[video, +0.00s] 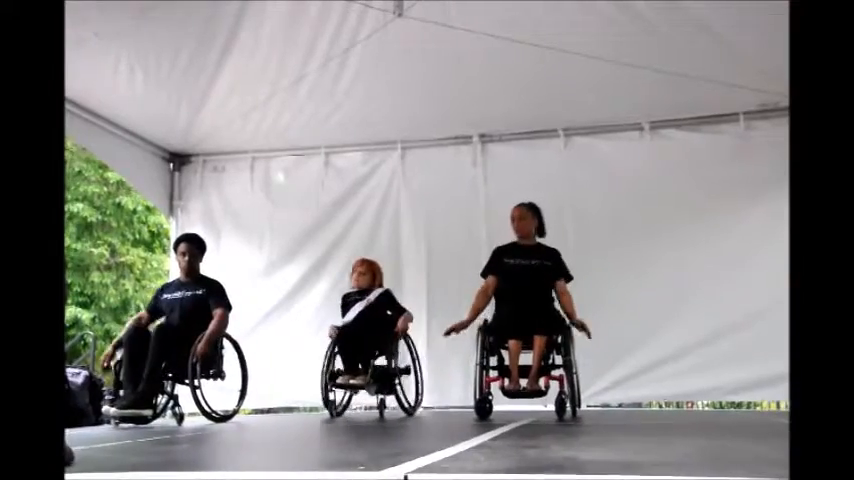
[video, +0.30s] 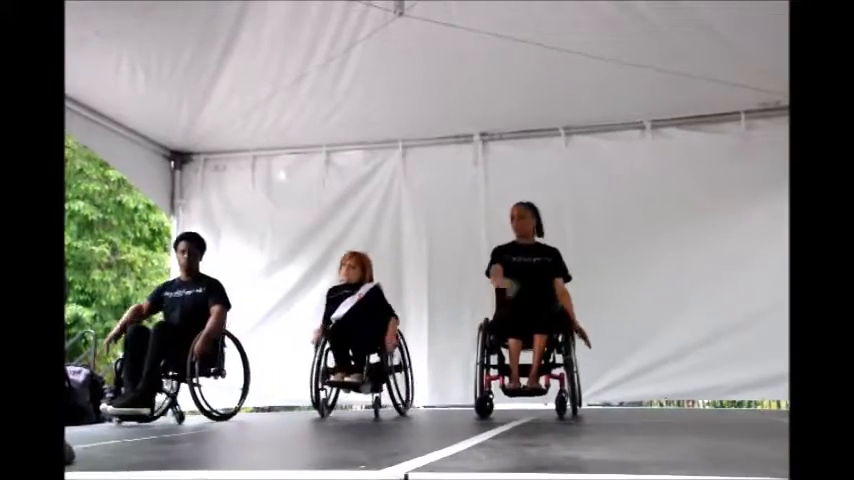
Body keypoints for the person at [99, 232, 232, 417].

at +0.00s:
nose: (188, 259)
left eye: (193, 254)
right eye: (183, 254)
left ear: (201, 257)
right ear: (176, 257)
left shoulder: (211, 287)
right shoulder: (166, 290)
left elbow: (221, 317)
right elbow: (142, 319)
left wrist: (206, 342)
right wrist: (114, 346)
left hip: (199, 353)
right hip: (170, 351)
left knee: (163, 331)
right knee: (135, 333)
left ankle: (144, 399)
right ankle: (130, 398)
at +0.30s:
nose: (187, 257)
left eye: (192, 252)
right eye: (182, 252)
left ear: (201, 255)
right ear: (176, 255)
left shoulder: (211, 286)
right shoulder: (167, 288)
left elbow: (218, 315)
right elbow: (142, 310)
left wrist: (204, 340)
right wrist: (121, 326)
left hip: (200, 350)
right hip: (172, 349)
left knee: (161, 330)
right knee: (136, 332)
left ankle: (145, 397)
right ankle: (131, 396)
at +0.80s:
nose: (183, 254)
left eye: (188, 249)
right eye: (178, 250)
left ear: (197, 251)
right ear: (173, 254)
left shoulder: (212, 284)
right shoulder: (166, 286)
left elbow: (229, 314)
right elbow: (142, 313)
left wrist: (218, 329)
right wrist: (140, 277)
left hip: (203, 350)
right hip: (173, 348)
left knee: (169, 326)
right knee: (140, 328)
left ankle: (151, 395)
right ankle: (136, 396)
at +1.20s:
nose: (188, 258)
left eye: (193, 252)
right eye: (184, 253)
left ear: (203, 255)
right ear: (178, 257)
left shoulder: (214, 286)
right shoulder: (169, 289)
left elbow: (218, 309)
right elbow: (156, 317)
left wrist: (190, 281)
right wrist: (130, 337)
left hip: (205, 351)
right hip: (175, 350)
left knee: (167, 331)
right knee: (138, 332)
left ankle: (149, 399)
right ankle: (134, 398)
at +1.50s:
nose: (190, 261)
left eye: (195, 256)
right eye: (185, 256)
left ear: (201, 258)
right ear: (177, 259)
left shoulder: (215, 289)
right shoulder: (168, 291)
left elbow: (237, 315)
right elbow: (156, 319)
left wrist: (211, 297)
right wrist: (129, 340)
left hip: (205, 353)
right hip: (175, 352)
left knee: (162, 333)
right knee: (136, 334)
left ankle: (146, 401)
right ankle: (132, 398)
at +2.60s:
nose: (199, 268)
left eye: (204, 263)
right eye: (197, 262)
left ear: (218, 262)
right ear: (194, 262)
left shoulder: (231, 290)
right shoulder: (198, 287)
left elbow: (237, 324)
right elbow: (198, 317)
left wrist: (207, 317)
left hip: (221, 351)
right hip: (199, 348)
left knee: (174, 332)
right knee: (155, 334)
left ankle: (147, 397)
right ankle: (141, 395)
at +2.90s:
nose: (195, 272)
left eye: (199, 267)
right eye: (192, 267)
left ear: (213, 266)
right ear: (190, 266)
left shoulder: (217, 292)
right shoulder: (225, 287)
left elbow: (206, 324)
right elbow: (208, 320)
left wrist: (187, 325)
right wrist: (191, 325)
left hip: (221, 349)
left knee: (168, 336)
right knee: (170, 337)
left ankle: (145, 394)